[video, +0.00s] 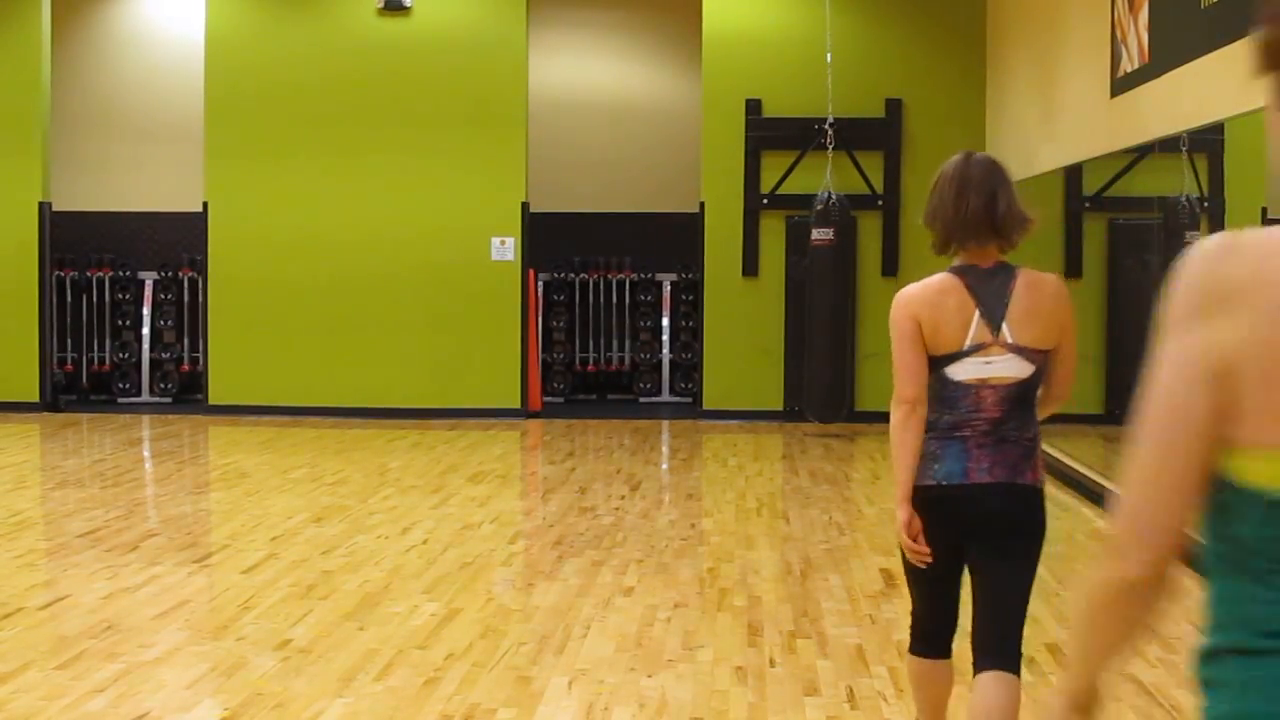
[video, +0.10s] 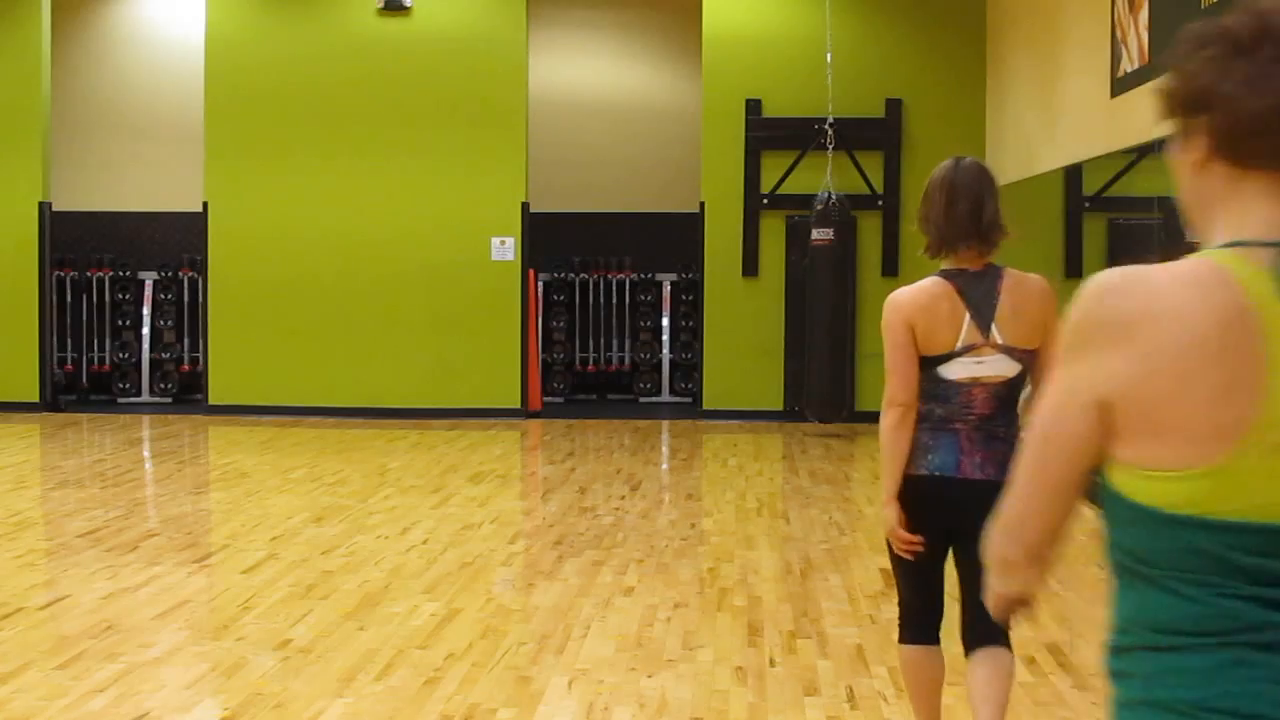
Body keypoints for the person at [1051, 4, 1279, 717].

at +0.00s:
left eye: (1265, 78)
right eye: (1268, 79)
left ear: (1268, 70)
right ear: (1264, 74)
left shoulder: (1231, 274)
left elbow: (1145, 542)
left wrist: (1077, 691)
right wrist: (1078, 687)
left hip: (1254, 685)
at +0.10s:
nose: (1170, 154)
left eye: (1174, 133)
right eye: (1173, 132)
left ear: (1201, 140)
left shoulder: (1131, 310)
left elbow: (1015, 544)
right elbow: (1015, 547)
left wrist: (1008, 591)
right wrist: (1010, 584)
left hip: (1186, 695)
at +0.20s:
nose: (1090, 161)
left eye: (1092, 144)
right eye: (1091, 143)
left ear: (1111, 147)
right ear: (1231, 154)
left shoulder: (1045, 302)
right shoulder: (1267, 307)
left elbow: (965, 523)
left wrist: (943, 561)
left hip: (1097, 669)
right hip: (1242, 651)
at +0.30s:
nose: (1018, 142)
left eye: (1020, 124)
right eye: (1019, 123)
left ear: (1038, 132)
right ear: (1148, 136)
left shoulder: (979, 275)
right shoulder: (1213, 289)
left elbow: (915, 488)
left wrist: (886, 597)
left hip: (1027, 646)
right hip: (1166, 643)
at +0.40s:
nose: (959, 146)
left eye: (960, 131)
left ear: (973, 136)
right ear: (1078, 138)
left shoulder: (922, 270)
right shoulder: (1134, 273)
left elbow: (872, 470)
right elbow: (1159, 459)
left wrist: (826, 624)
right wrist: (1147, 583)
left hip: (961, 625)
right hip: (1106, 618)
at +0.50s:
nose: (903, 177)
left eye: (903, 161)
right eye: (905, 160)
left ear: (916, 167)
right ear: (1012, 167)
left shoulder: (869, 289)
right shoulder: (1064, 291)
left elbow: (826, 467)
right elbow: (1085, 464)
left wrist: (779, 642)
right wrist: (1040, 531)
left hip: (907, 624)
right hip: (1044, 613)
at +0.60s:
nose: (851, 198)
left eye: (851, 186)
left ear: (859, 194)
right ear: (957, 202)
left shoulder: (813, 297)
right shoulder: (998, 301)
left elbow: (773, 462)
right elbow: (1025, 446)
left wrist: (724, 618)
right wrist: (983, 517)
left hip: (839, 608)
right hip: (964, 608)